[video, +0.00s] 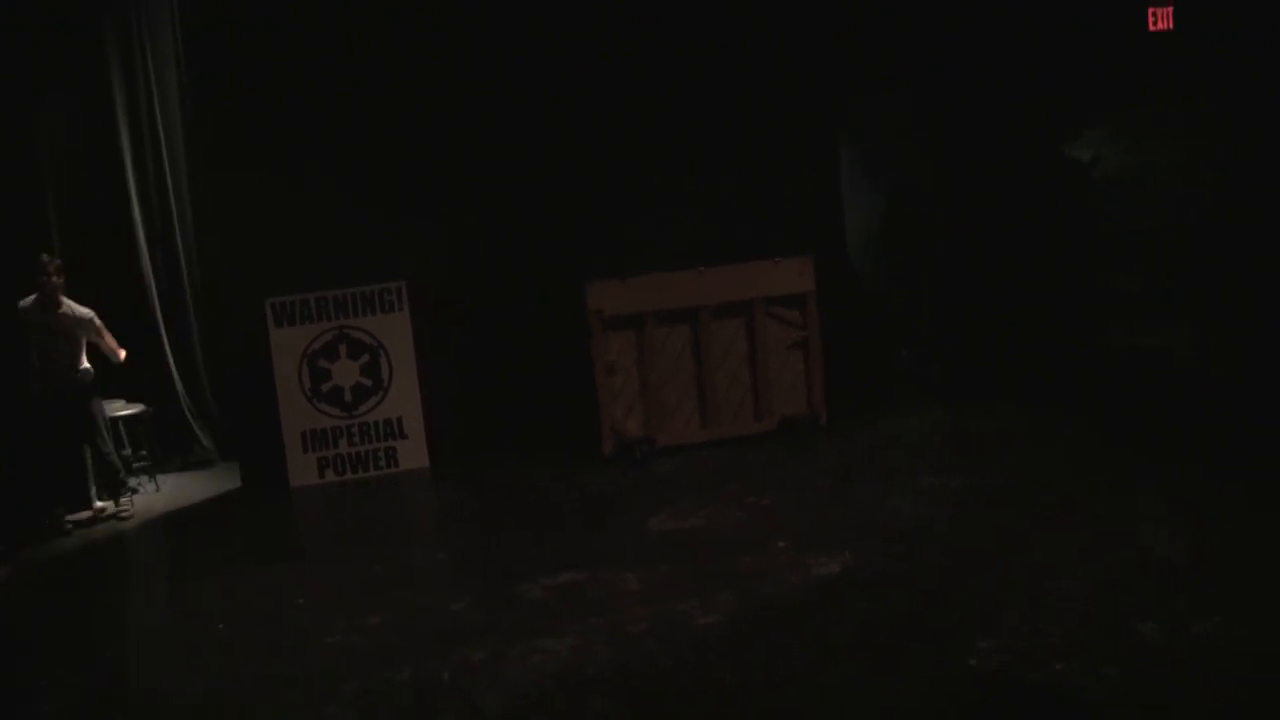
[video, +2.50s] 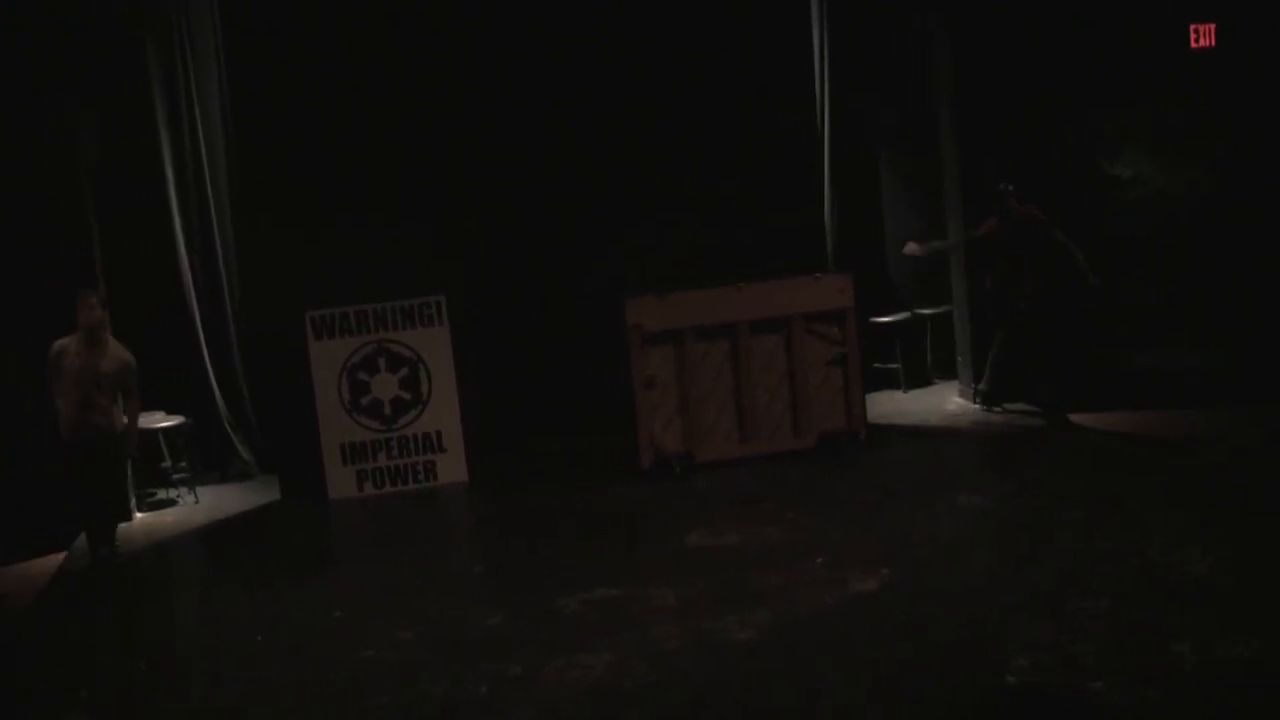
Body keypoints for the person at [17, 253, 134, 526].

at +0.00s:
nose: (49, 282)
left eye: (53, 276)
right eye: (44, 277)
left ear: (62, 279)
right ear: (37, 281)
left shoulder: (82, 316)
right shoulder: (25, 311)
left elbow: (113, 351)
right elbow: (23, 348)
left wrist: (118, 353)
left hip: (79, 384)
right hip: (45, 386)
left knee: (97, 440)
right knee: (51, 446)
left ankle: (121, 493)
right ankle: (55, 509)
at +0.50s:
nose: (36, 303)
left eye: (40, 297)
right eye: (31, 298)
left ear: (50, 299)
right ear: (25, 303)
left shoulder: (71, 328)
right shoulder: (18, 338)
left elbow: (89, 363)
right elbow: (17, 380)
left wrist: (96, 400)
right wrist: (21, 410)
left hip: (72, 400)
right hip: (39, 406)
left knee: (69, 445)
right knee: (44, 457)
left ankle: (105, 506)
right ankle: (55, 521)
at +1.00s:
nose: (34, 330)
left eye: (38, 324)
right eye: (29, 326)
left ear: (48, 326)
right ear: (24, 330)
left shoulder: (71, 353)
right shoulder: (23, 363)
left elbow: (94, 387)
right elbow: (19, 404)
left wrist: (113, 422)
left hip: (78, 426)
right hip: (46, 432)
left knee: (69, 452)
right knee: (44, 463)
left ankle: (103, 511)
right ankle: (59, 523)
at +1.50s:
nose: (65, 343)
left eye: (70, 338)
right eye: (61, 338)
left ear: (80, 343)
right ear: (56, 343)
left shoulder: (95, 379)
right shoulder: (46, 380)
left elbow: (97, 421)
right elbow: (47, 418)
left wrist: (74, 428)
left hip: (98, 436)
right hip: (67, 441)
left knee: (95, 466)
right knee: (60, 470)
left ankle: (111, 513)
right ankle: (70, 521)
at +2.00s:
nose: (88, 297)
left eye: (91, 290)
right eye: (83, 291)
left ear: (100, 294)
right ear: (76, 297)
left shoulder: (121, 327)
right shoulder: (66, 331)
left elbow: (131, 366)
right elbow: (55, 373)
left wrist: (132, 399)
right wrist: (71, 397)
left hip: (116, 405)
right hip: (84, 408)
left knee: (121, 460)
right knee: (92, 465)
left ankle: (134, 511)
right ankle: (100, 521)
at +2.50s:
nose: (89, 315)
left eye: (94, 309)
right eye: (84, 309)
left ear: (105, 313)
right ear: (78, 314)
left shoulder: (120, 356)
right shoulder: (62, 351)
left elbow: (131, 397)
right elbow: (56, 389)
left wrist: (130, 429)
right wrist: (64, 421)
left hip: (109, 431)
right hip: (74, 430)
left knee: (110, 488)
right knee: (85, 488)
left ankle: (109, 545)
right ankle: (94, 548)